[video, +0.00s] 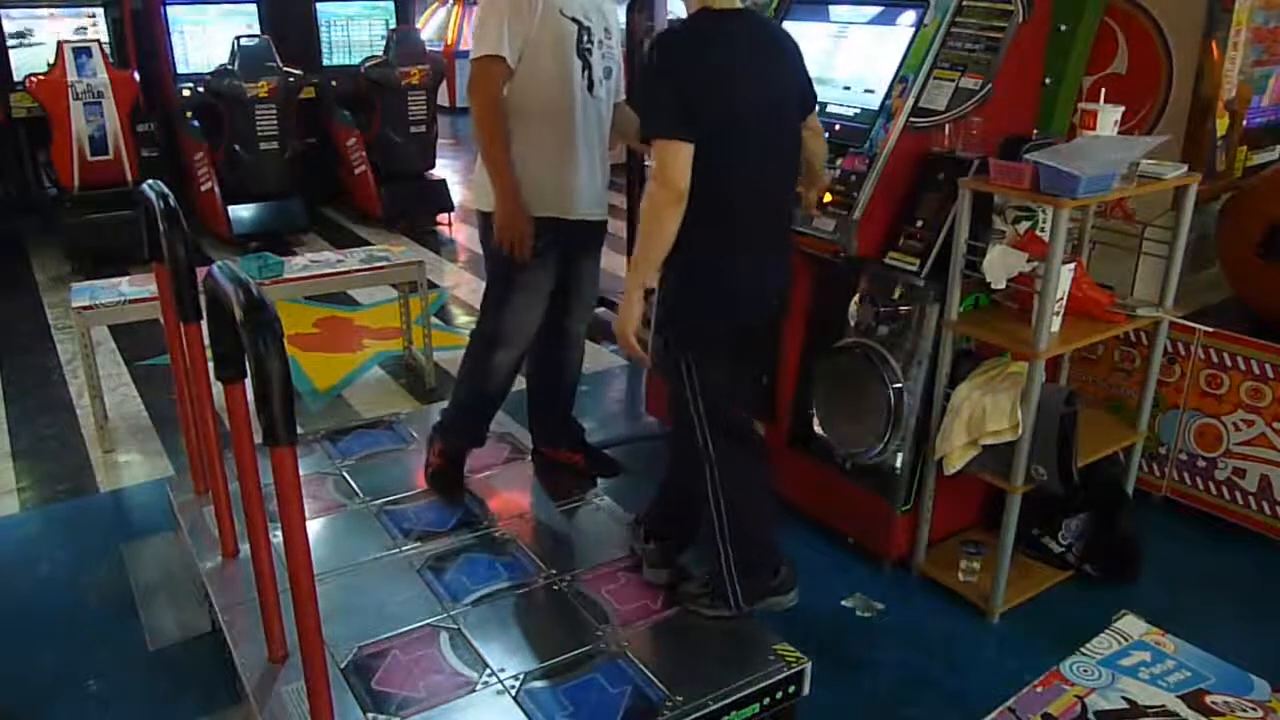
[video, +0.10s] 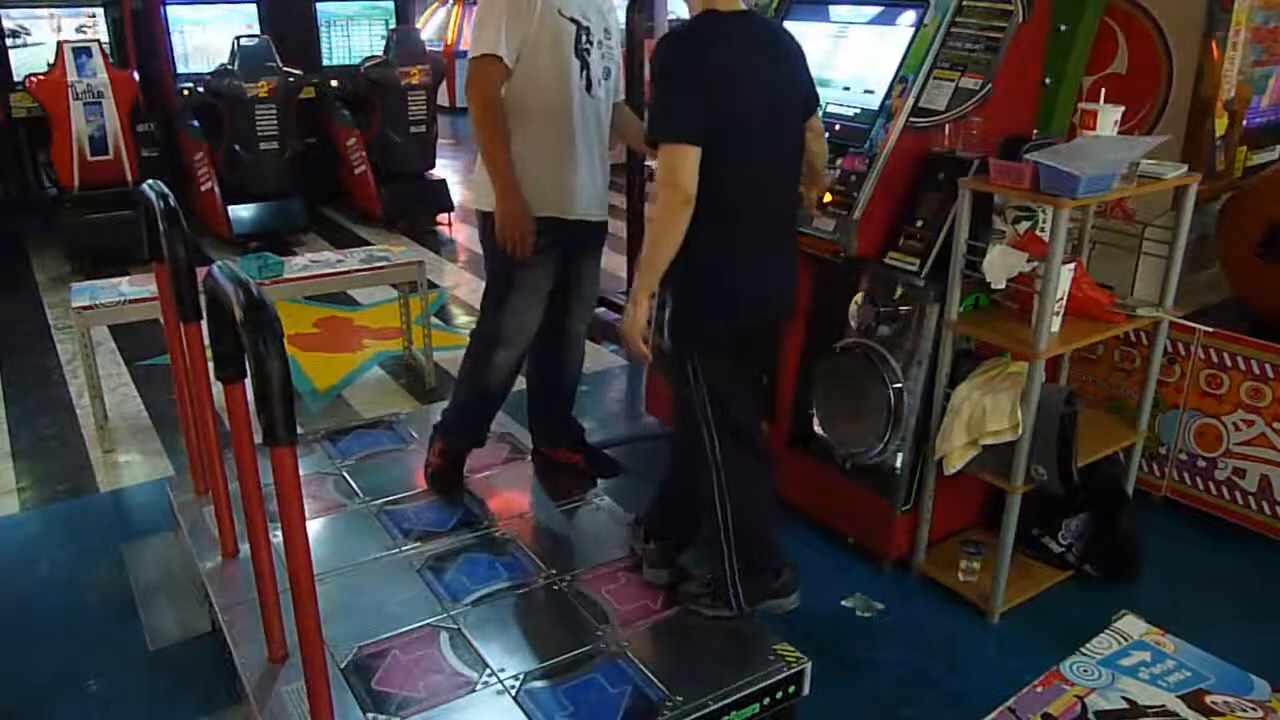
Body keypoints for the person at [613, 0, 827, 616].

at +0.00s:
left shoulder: (675, 48)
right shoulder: (778, 41)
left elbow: (670, 183)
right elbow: (814, 152)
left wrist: (636, 287)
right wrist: (809, 188)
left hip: (700, 269)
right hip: (765, 266)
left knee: (720, 425)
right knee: (705, 414)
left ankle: (755, 572)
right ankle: (664, 537)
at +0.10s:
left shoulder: (683, 48)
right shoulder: (782, 43)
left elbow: (677, 189)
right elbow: (815, 160)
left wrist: (642, 292)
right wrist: (805, 189)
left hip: (706, 274)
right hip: (769, 270)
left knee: (728, 430)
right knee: (706, 419)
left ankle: (757, 574)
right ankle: (664, 537)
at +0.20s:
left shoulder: (688, 50)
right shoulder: (784, 44)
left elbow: (683, 189)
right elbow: (816, 169)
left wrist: (646, 296)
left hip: (712, 277)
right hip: (772, 274)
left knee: (731, 433)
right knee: (708, 421)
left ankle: (758, 575)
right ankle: (664, 536)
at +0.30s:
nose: (675, 1)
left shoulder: (693, 52)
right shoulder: (784, 43)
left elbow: (689, 191)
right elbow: (816, 168)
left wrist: (649, 296)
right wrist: (764, 210)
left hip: (717, 282)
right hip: (772, 278)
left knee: (737, 436)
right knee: (706, 423)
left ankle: (759, 580)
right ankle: (665, 539)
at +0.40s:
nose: (664, 3)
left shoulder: (699, 55)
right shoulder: (781, 46)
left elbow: (695, 196)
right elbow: (814, 169)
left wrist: (650, 297)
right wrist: (762, 222)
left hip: (720, 284)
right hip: (770, 280)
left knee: (735, 436)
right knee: (705, 423)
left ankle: (758, 581)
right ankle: (665, 540)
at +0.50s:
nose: (659, 5)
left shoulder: (707, 57)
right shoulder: (767, 46)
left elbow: (703, 197)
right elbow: (808, 164)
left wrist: (651, 296)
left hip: (721, 289)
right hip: (761, 282)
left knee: (733, 437)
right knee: (699, 423)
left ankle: (757, 581)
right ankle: (667, 538)